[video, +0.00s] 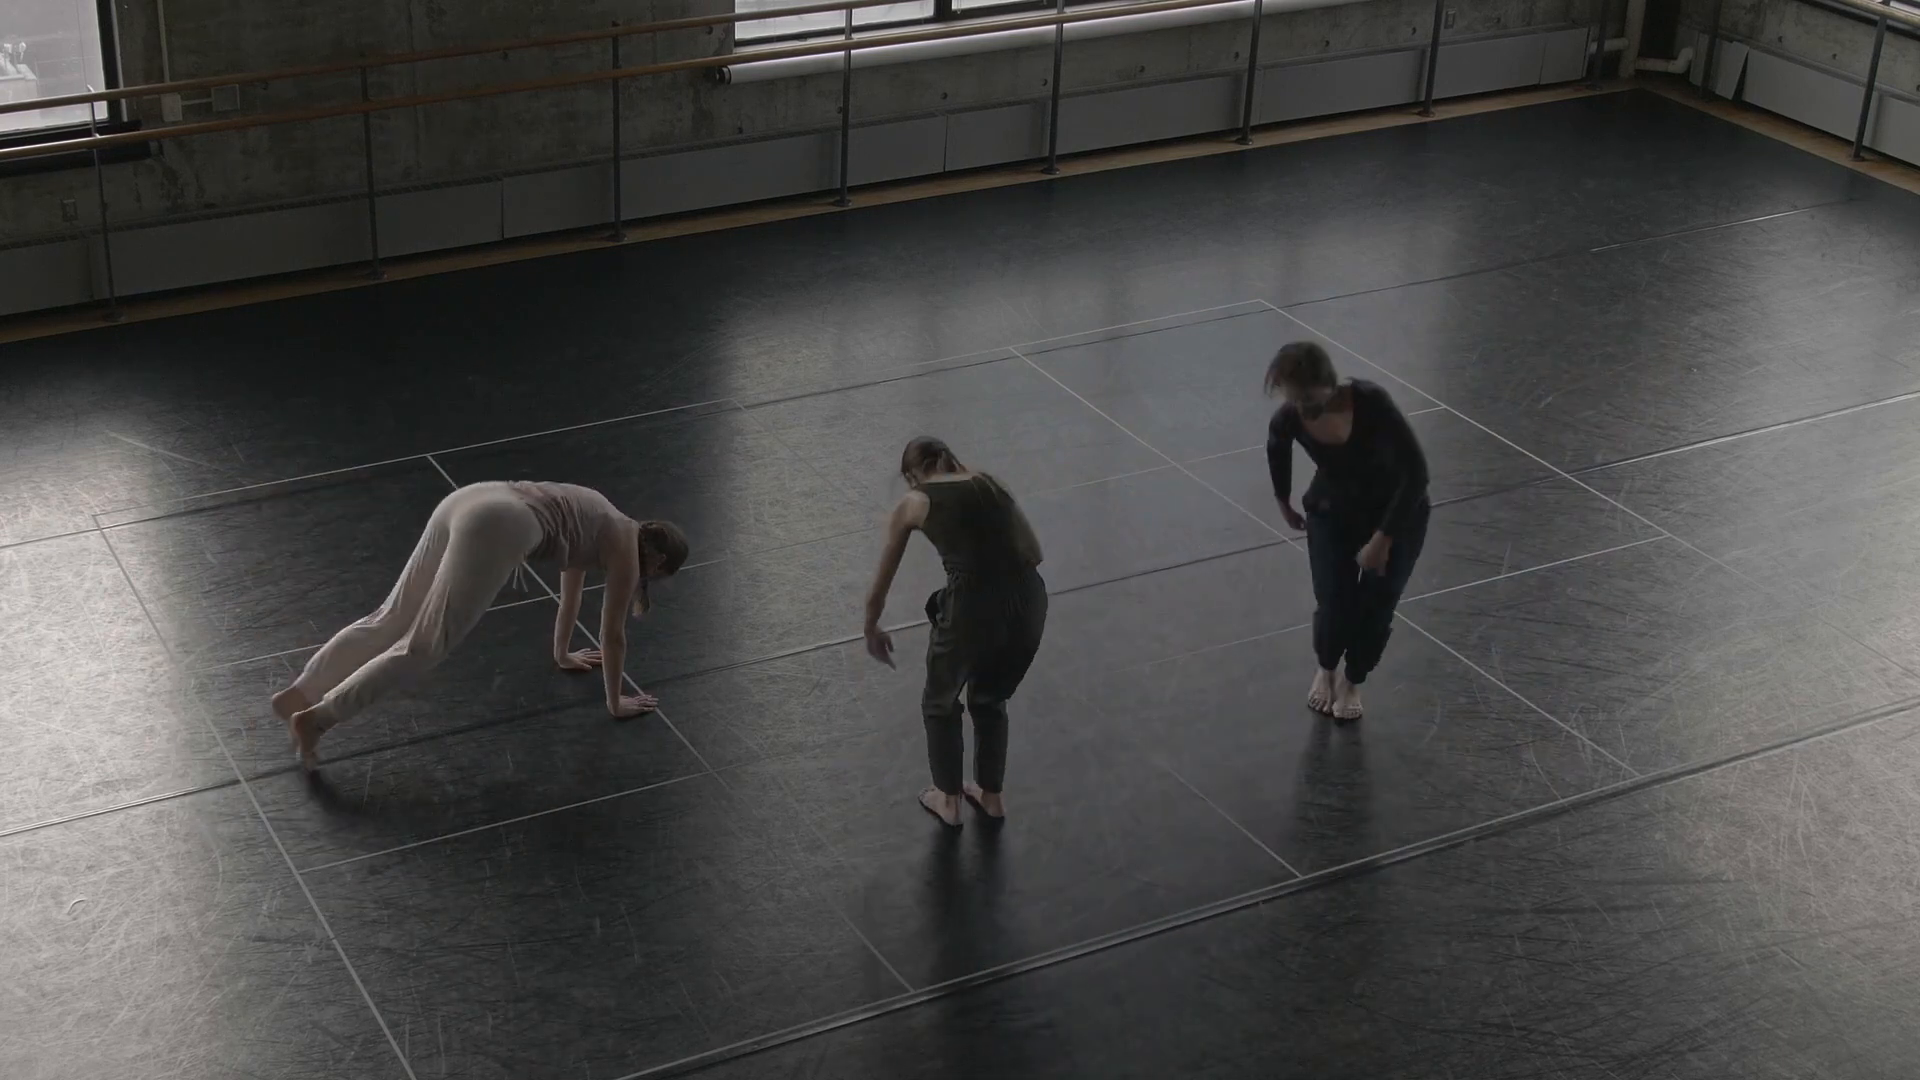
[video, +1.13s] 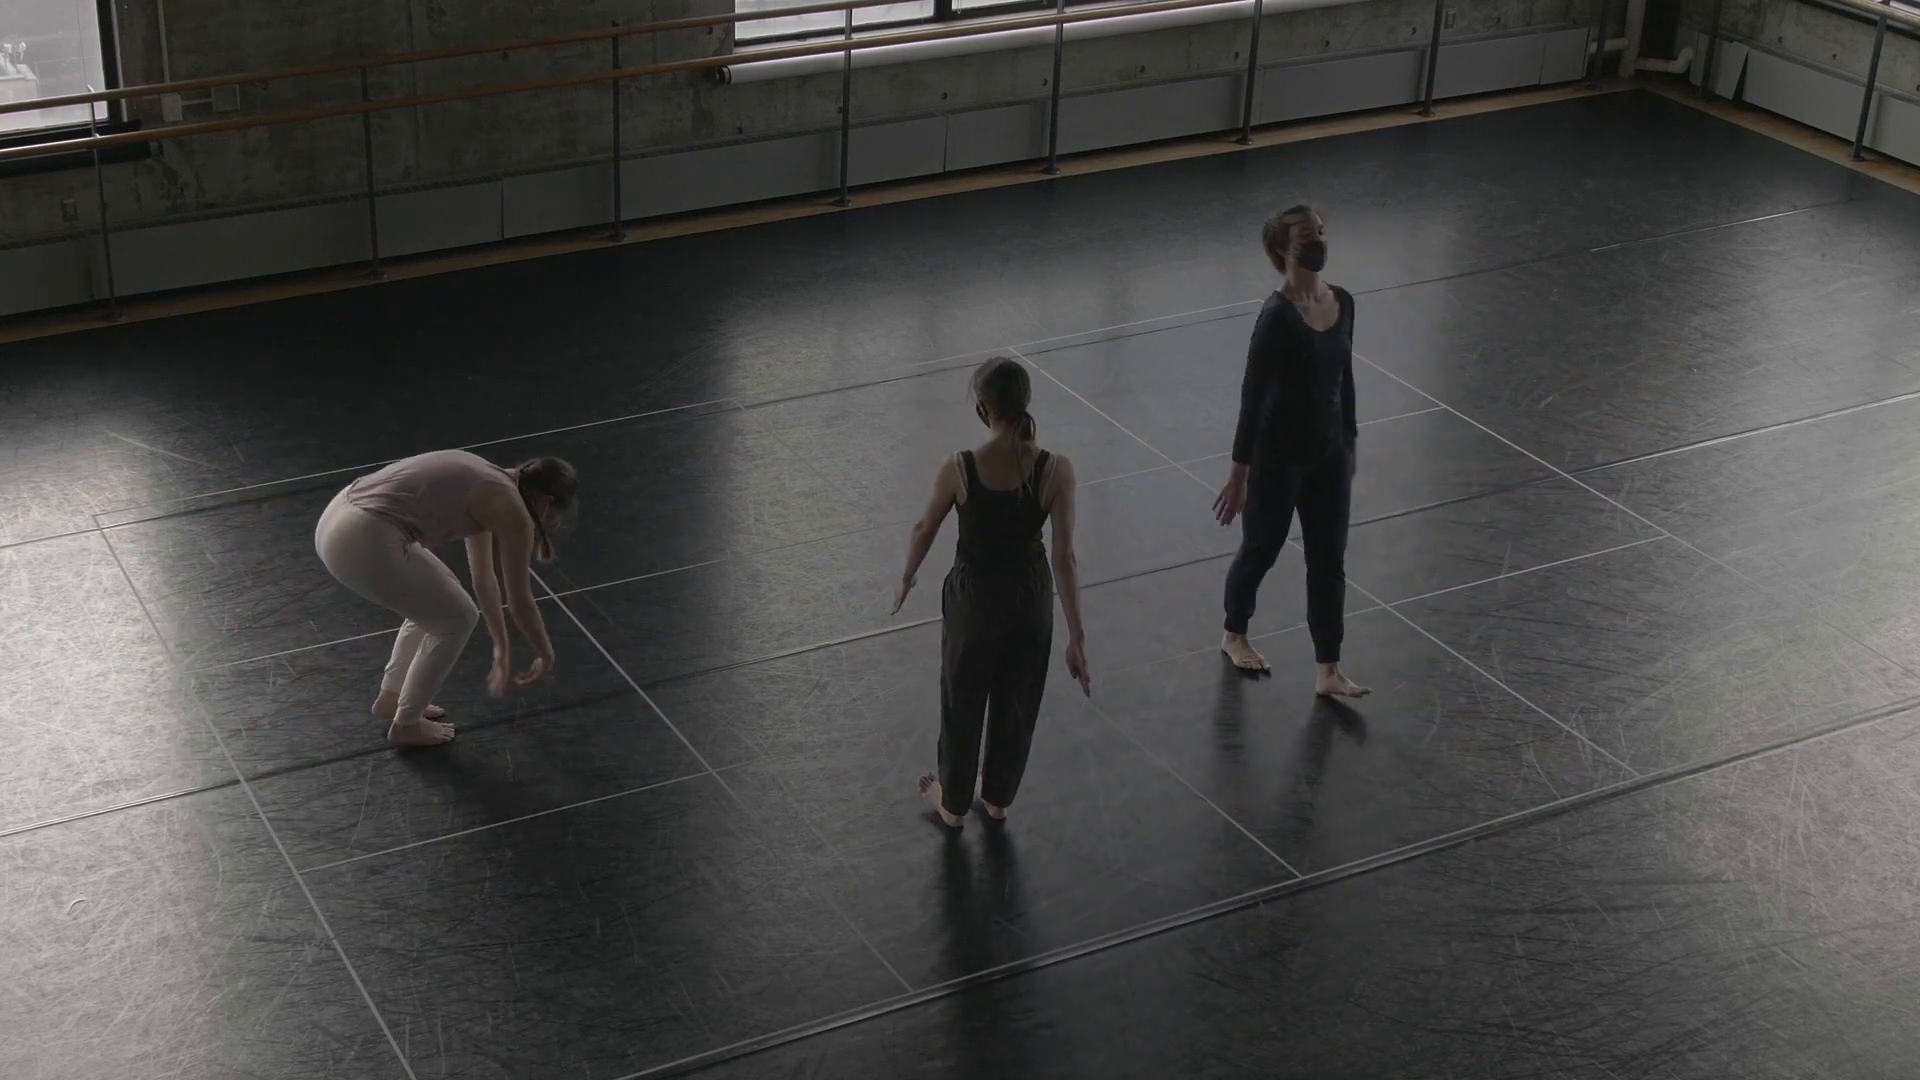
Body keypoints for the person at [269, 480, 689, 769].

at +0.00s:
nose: (648, 583)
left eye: (656, 577)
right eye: (658, 575)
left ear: (645, 543)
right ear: (655, 555)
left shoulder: (588, 525)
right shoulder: (625, 537)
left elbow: (569, 601)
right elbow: (615, 632)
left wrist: (562, 656)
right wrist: (617, 700)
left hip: (463, 500)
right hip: (502, 519)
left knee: (388, 619)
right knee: (423, 649)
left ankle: (298, 691)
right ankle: (317, 717)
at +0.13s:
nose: (630, 588)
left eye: (637, 584)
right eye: (637, 581)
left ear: (628, 549)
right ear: (635, 562)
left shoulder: (570, 529)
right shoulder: (610, 539)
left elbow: (560, 602)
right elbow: (607, 636)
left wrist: (562, 656)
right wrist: (617, 702)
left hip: (447, 478)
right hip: (487, 494)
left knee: (436, 606)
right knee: (471, 626)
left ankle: (357, 682)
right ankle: (374, 704)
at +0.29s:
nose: (611, 588)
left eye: (618, 586)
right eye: (618, 582)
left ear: (614, 543)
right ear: (619, 567)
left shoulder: (560, 525)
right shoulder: (590, 548)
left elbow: (546, 597)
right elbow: (597, 643)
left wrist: (560, 655)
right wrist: (614, 702)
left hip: (428, 513)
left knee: (505, 599)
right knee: (530, 624)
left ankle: (422, 669)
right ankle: (433, 694)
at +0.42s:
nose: (603, 591)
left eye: (611, 586)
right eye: (611, 586)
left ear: (599, 543)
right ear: (608, 572)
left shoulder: (549, 523)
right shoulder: (576, 566)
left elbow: (535, 594)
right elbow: (587, 653)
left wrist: (559, 653)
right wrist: (614, 703)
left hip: (411, 562)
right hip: (438, 594)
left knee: (517, 613)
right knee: (545, 639)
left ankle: (421, 672)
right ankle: (438, 700)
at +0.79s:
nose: (559, 593)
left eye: (565, 588)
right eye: (563, 586)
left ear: (543, 544)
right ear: (555, 572)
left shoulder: (502, 537)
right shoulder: (517, 571)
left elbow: (531, 601)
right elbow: (569, 651)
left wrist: (583, 648)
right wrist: (627, 696)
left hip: (355, 582)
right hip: (380, 609)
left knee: (485, 606)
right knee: (499, 629)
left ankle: (405, 681)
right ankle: (418, 712)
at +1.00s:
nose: (551, 555)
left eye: (557, 550)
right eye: (556, 548)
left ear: (530, 510)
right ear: (547, 534)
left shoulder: (485, 510)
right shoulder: (508, 529)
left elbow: (512, 595)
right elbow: (549, 608)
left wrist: (547, 652)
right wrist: (597, 652)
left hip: (343, 542)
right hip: (366, 566)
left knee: (463, 590)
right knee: (475, 616)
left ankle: (397, 687)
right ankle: (411, 717)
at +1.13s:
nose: (550, 525)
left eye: (556, 519)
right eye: (554, 516)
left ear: (523, 478)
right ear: (542, 502)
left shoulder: (477, 490)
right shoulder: (512, 509)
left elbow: (483, 580)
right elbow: (520, 601)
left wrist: (501, 643)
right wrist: (544, 652)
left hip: (341, 519)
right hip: (365, 537)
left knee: (434, 600)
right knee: (460, 617)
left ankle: (391, 695)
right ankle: (408, 723)